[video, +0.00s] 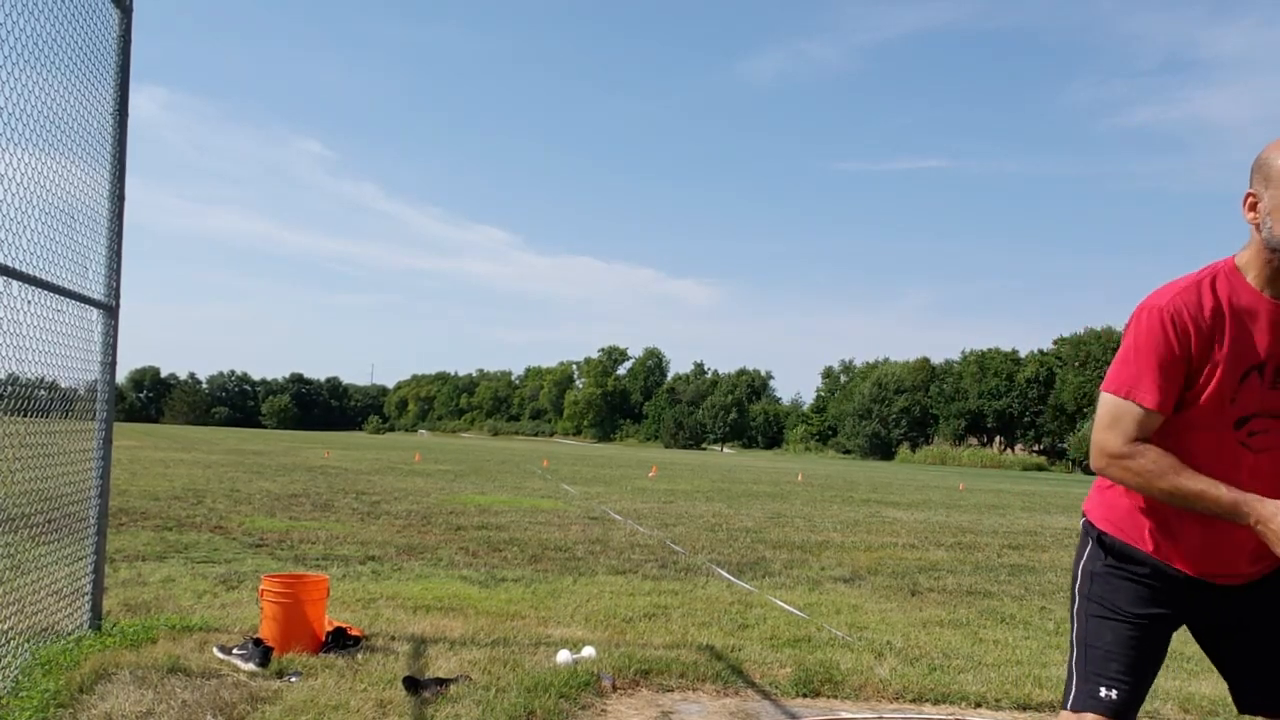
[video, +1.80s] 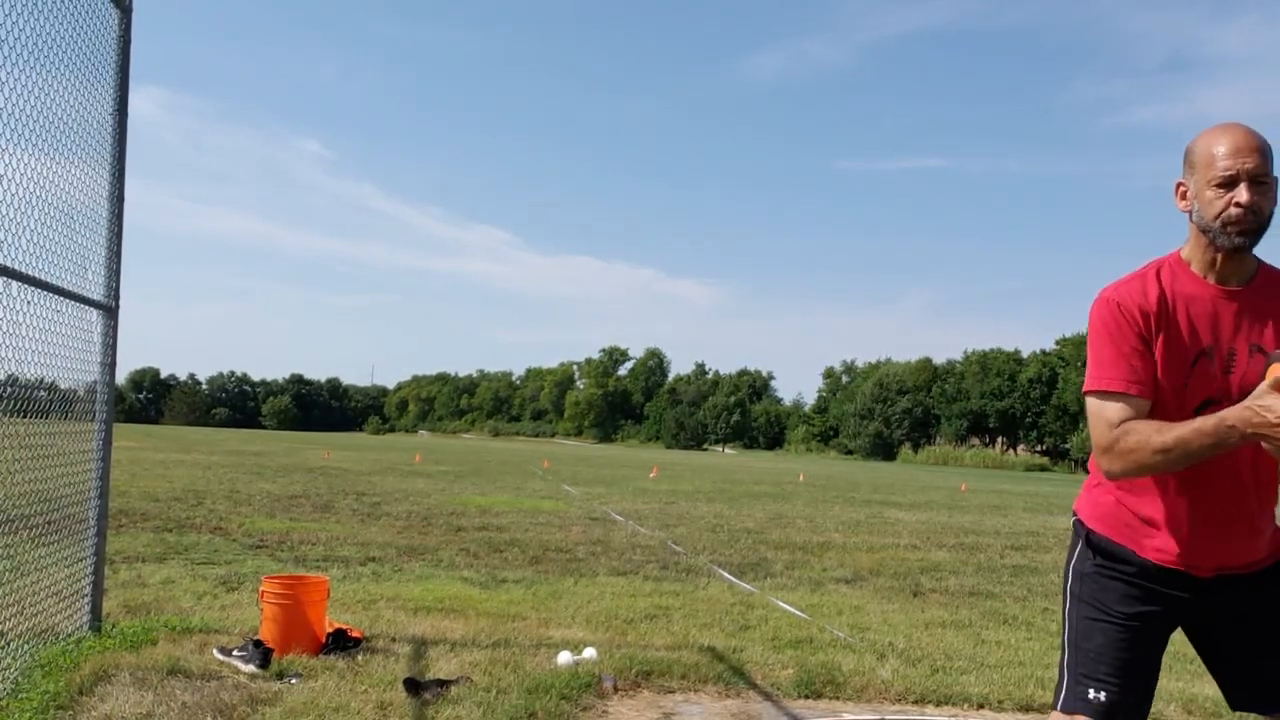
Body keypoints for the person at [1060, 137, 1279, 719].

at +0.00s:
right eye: (1279, 197)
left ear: (1262, 209)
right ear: (1254, 208)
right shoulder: (1179, 311)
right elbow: (1113, 450)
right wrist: (1255, 510)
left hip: (1254, 570)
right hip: (1138, 555)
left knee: (1277, 704)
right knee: (1095, 712)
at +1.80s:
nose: (1246, 198)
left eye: (1259, 182)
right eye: (1226, 181)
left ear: (1274, 195)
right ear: (1185, 196)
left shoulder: (1277, 299)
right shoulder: (1128, 305)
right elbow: (1113, 449)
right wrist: (1244, 420)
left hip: (1248, 564)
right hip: (1128, 557)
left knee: (1278, 703)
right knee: (1090, 711)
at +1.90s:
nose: (1237, 198)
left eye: (1251, 182)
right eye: (1217, 183)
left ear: (1268, 194)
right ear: (1178, 198)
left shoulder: (1279, 302)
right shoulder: (1122, 306)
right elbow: (1114, 450)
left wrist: (1275, 411)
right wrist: (1236, 412)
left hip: (1246, 568)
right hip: (1123, 563)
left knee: (1269, 704)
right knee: (1092, 710)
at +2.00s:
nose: (1228, 195)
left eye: (1242, 180)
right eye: (1209, 182)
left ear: (1261, 193)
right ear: (1171, 199)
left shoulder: (1277, 301)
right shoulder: (1117, 306)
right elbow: (1112, 449)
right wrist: (1228, 417)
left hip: (1246, 568)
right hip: (1122, 563)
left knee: (1269, 704)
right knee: (1089, 711)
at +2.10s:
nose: (1223, 195)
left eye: (1236, 179)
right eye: (1203, 181)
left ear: (1256, 192)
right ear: (1166, 198)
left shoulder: (1277, 300)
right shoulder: (1113, 305)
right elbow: (1108, 449)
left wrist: (1269, 462)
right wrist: (1211, 454)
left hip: (1245, 562)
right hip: (1121, 558)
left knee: (1271, 703)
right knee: (1082, 710)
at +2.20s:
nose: (1220, 193)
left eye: (1233, 177)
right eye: (1201, 179)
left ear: (1253, 190)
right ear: (1164, 197)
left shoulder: (1276, 301)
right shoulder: (1114, 309)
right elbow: (1092, 452)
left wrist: (1275, 498)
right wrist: (1176, 520)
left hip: (1247, 570)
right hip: (1120, 563)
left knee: (1268, 705)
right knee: (1086, 711)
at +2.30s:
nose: (1223, 189)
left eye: (1236, 175)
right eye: (1203, 177)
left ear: (1255, 190)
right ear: (1165, 198)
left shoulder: (1276, 303)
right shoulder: (1119, 315)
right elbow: (1071, 454)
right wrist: (1131, 564)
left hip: (1247, 577)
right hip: (1121, 567)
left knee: (1271, 704)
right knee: (1090, 710)